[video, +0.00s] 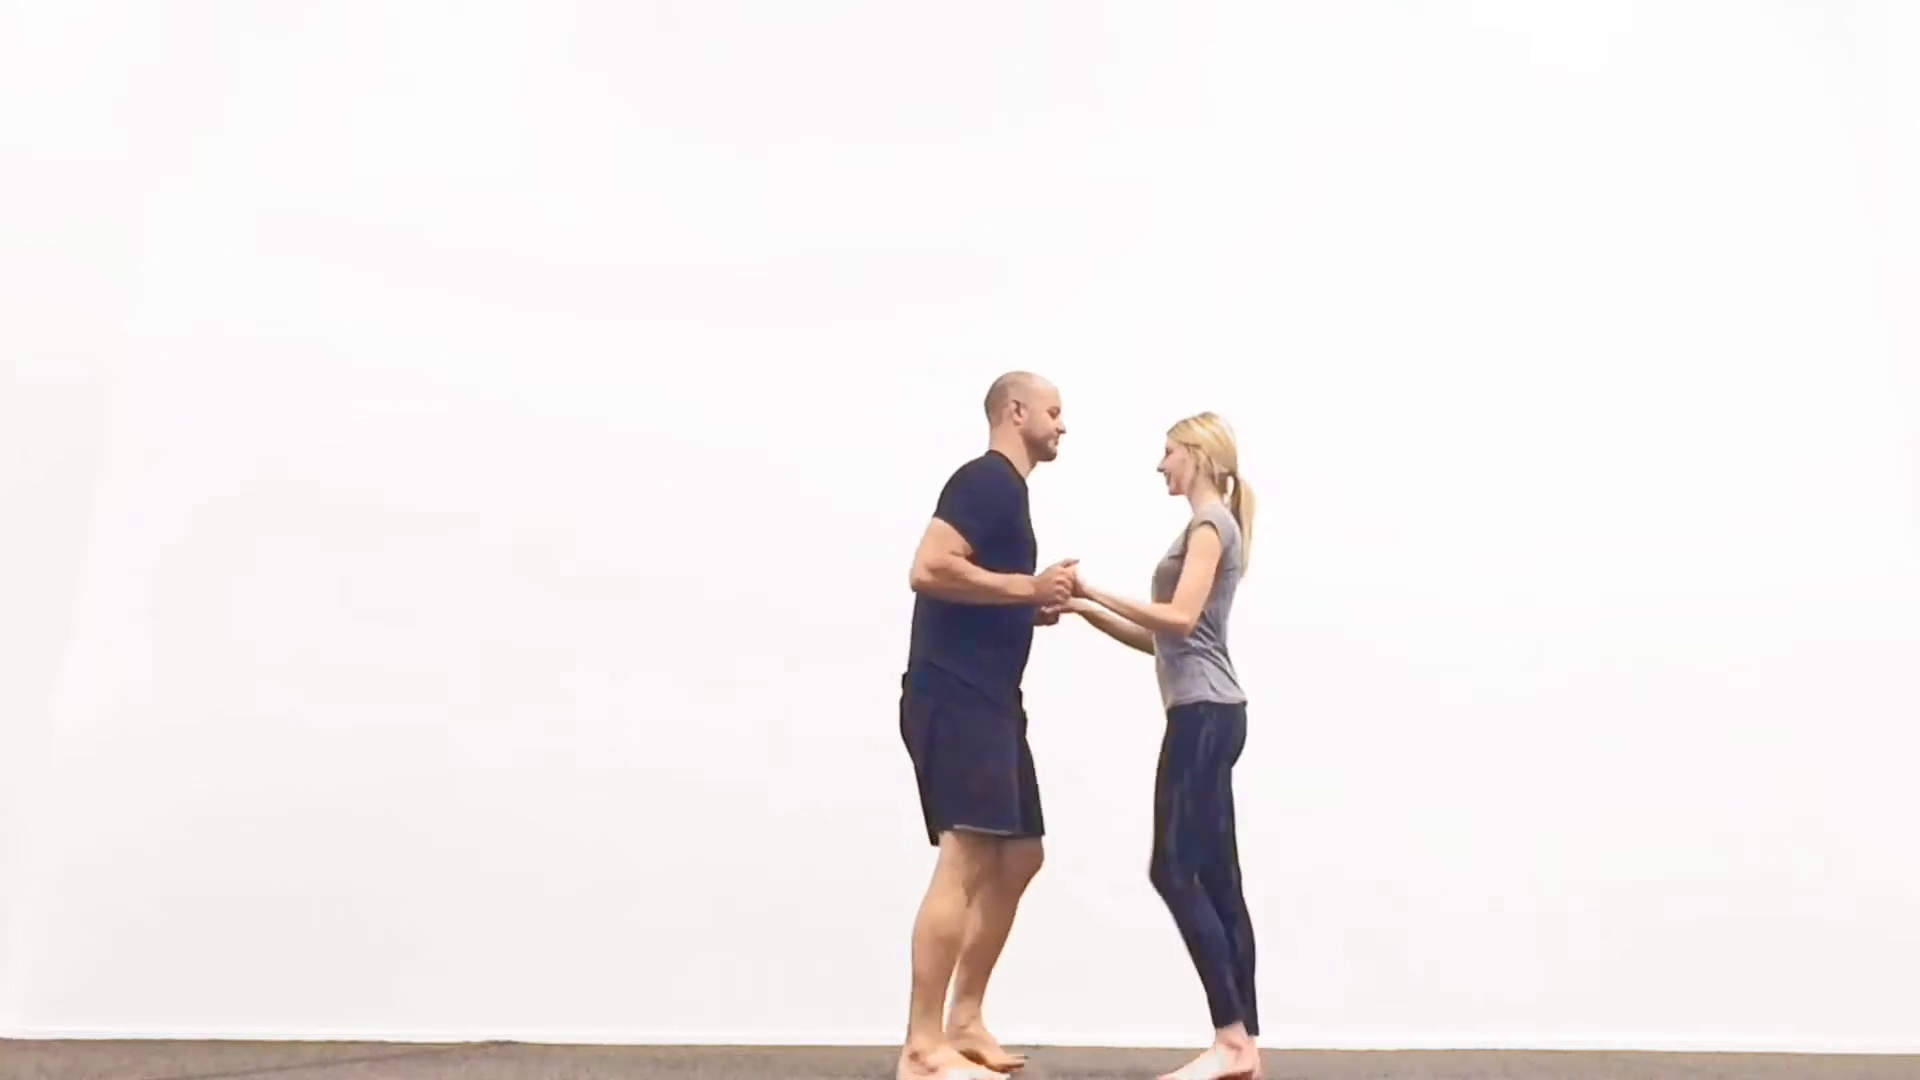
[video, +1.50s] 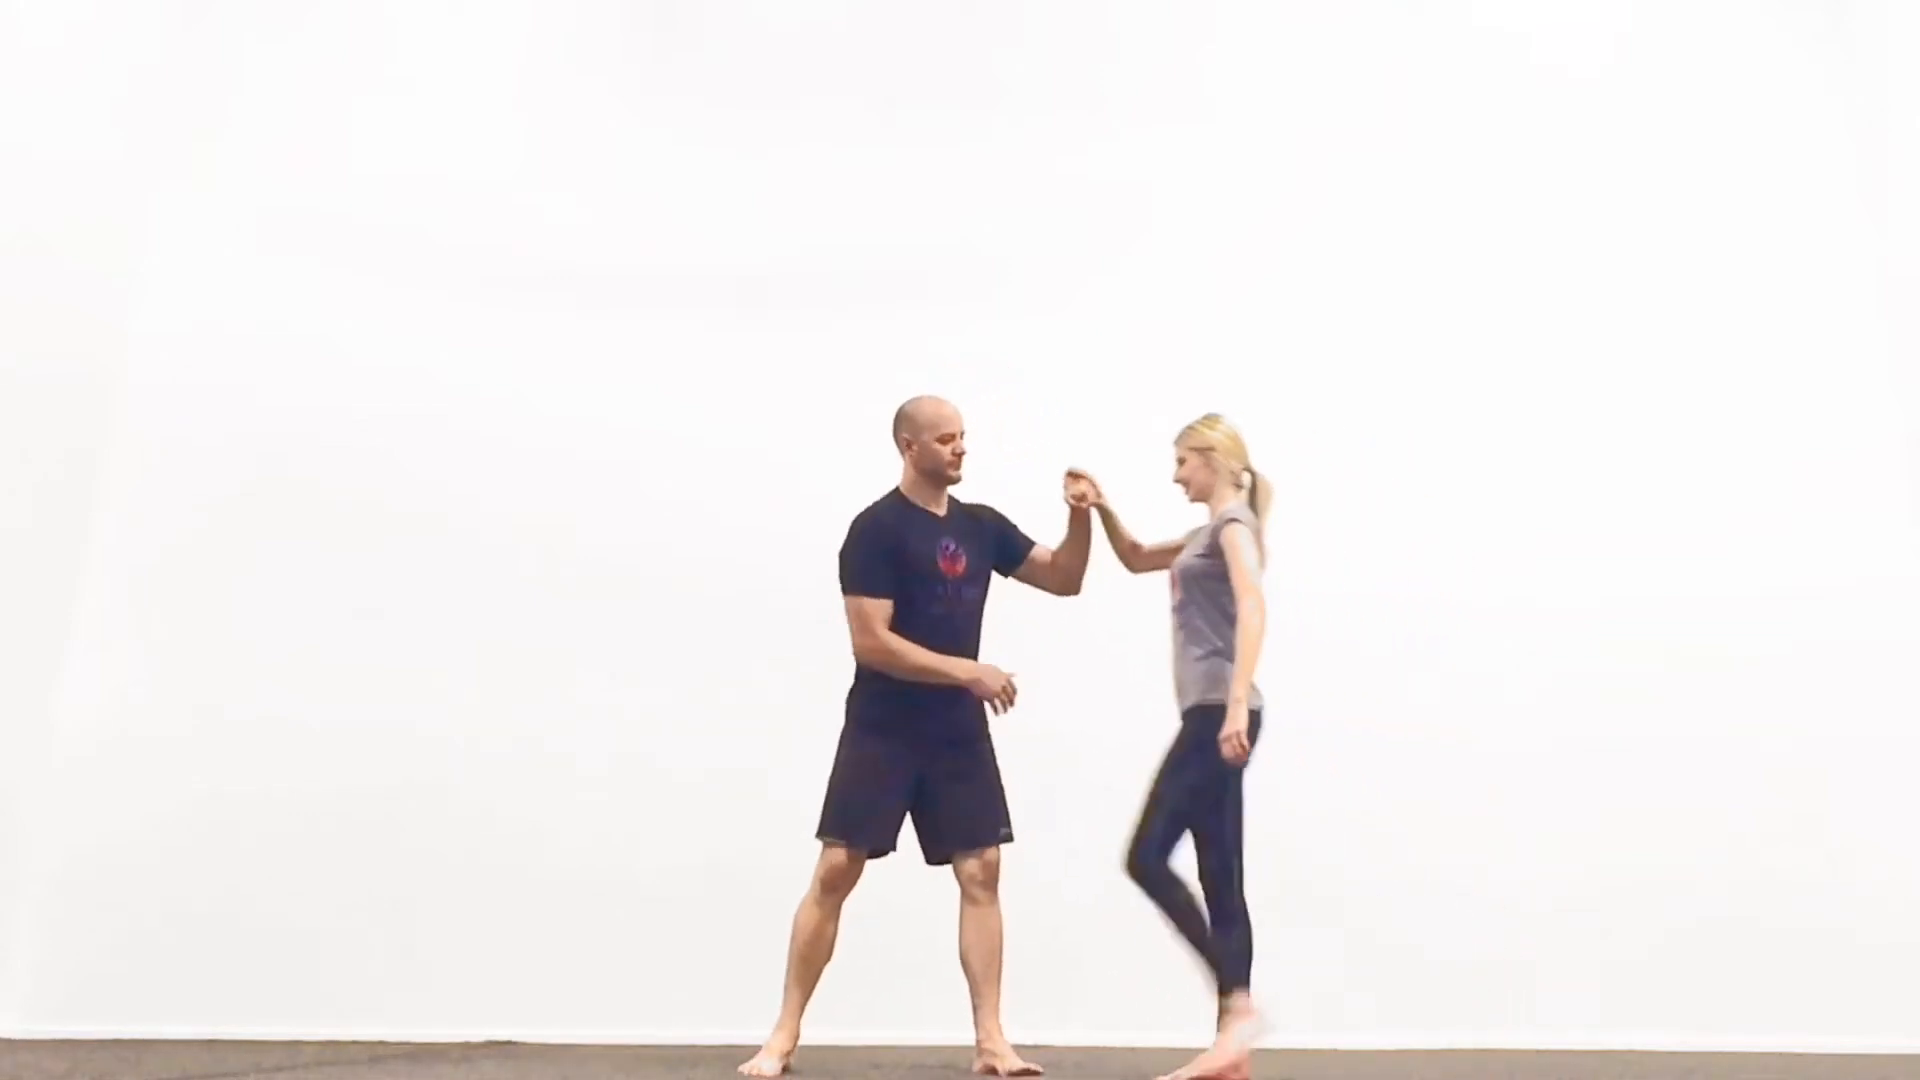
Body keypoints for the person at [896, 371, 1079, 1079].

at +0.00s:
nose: (1063, 424)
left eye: (1062, 413)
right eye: (1054, 412)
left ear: (1017, 415)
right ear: (1014, 413)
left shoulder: (1009, 490)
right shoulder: (985, 479)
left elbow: (973, 599)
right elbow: (929, 570)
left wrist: (1037, 608)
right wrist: (1027, 588)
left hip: (993, 699)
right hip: (955, 698)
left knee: (1018, 858)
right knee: (965, 860)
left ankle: (964, 1023)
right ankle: (921, 1047)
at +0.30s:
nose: (1064, 433)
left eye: (1063, 422)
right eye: (1054, 420)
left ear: (1018, 424)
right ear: (1013, 422)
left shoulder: (1019, 506)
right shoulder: (985, 490)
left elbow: (1014, 619)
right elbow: (973, 596)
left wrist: (1085, 620)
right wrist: (1079, 614)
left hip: (1003, 706)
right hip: (956, 702)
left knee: (1017, 867)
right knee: (962, 856)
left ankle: (992, 1036)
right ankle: (922, 1044)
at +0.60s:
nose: (1064, 439)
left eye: (1064, 429)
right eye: (1052, 426)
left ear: (1030, 434)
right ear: (1012, 430)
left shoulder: (1056, 542)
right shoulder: (963, 497)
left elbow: (1087, 643)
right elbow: (932, 598)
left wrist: (1159, 590)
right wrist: (1040, 610)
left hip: (1013, 716)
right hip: (946, 706)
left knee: (1004, 871)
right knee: (930, 848)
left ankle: (990, 1040)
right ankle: (891, 1031)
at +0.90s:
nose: (1033, 433)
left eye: (1034, 424)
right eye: (1020, 422)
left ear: (1013, 435)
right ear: (980, 430)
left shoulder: (1046, 529)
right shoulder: (930, 503)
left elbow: (1137, 585)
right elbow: (891, 603)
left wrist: (1216, 539)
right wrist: (969, 615)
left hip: (1005, 723)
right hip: (923, 714)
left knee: (999, 872)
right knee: (869, 846)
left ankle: (992, 1043)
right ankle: (798, 1007)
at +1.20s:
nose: (992, 435)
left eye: (994, 426)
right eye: (979, 424)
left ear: (987, 437)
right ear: (939, 433)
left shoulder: (1011, 530)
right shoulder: (890, 511)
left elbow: (1089, 598)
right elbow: (850, 614)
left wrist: (1170, 560)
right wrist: (928, 636)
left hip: (975, 726)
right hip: (892, 721)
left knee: (988, 873)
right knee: (843, 865)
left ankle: (991, 1043)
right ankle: (786, 1027)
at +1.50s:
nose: (960, 449)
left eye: (961, 438)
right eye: (947, 440)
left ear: (956, 443)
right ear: (909, 448)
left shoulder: (981, 524)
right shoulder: (875, 529)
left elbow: (1063, 579)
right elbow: (870, 643)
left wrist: (1080, 516)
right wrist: (969, 671)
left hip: (958, 726)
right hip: (882, 725)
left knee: (981, 871)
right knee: (836, 870)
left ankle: (991, 1045)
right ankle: (781, 1041)